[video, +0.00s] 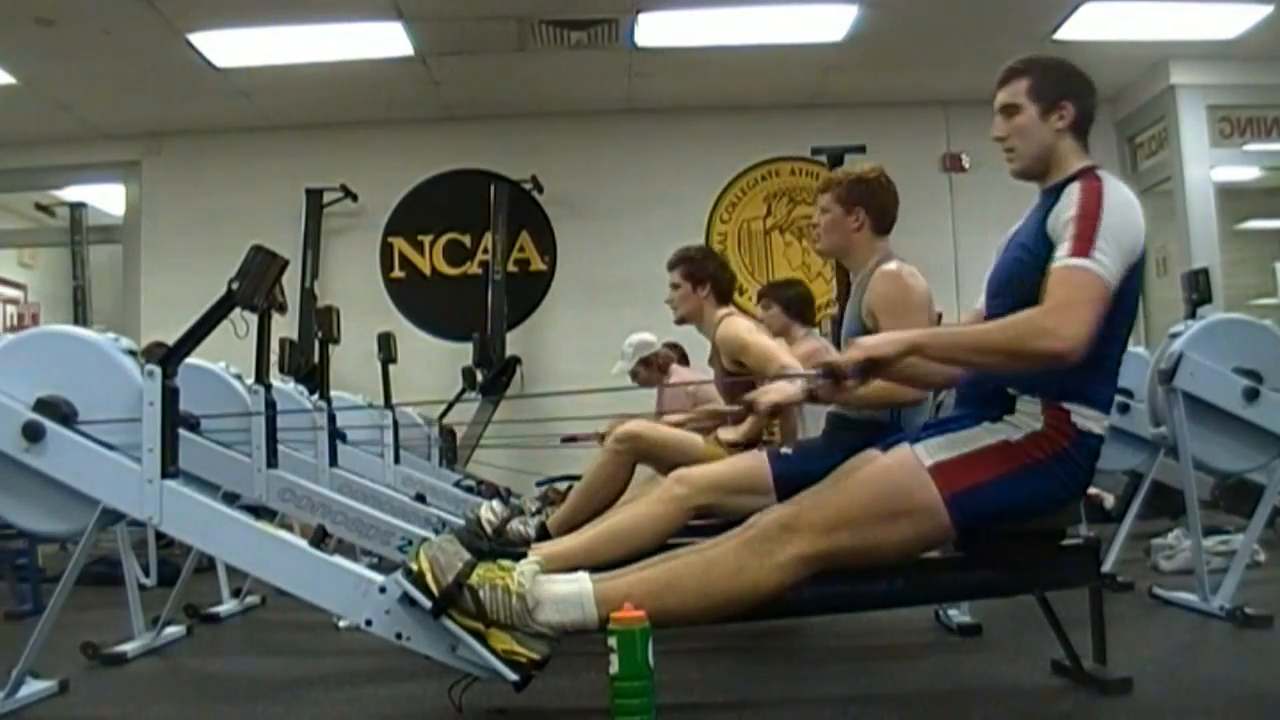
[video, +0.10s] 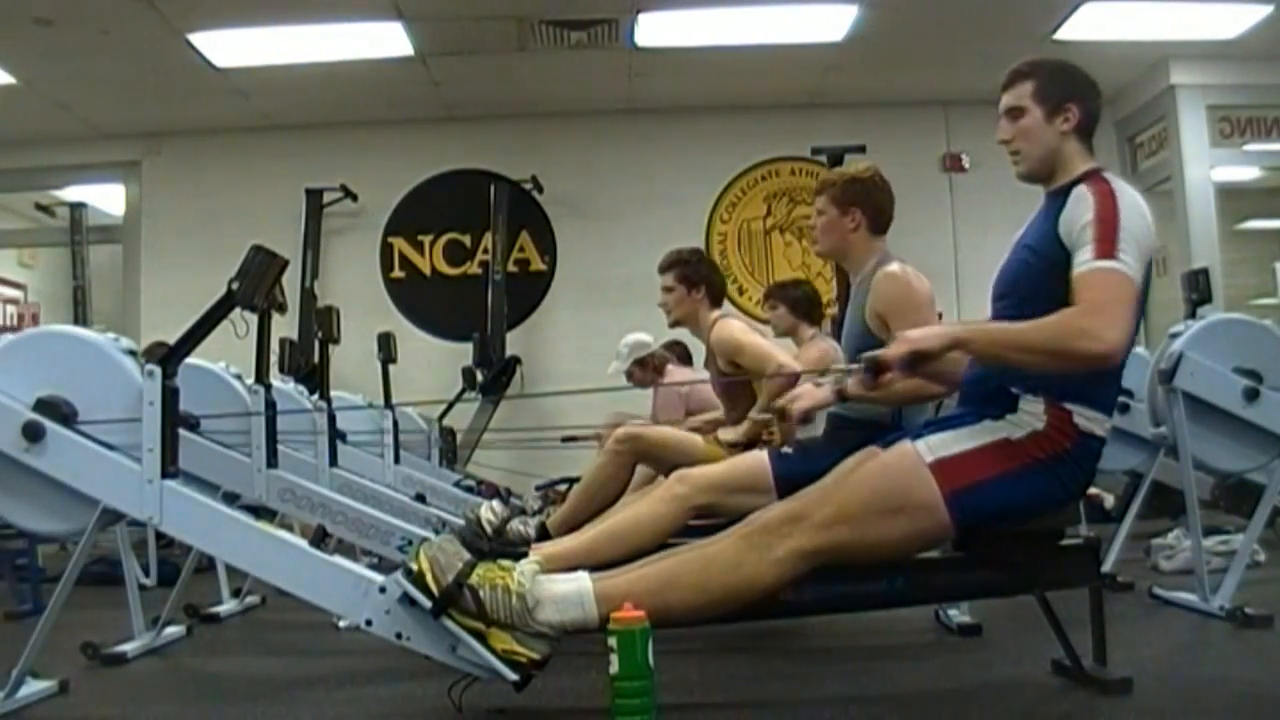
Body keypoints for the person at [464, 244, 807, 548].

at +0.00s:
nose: (670, 300)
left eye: (676, 289)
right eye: (670, 290)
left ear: (703, 290)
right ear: (702, 291)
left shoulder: (733, 331)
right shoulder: (722, 335)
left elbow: (795, 378)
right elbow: (756, 397)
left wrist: (743, 436)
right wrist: (708, 416)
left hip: (754, 461)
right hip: (736, 453)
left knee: (628, 437)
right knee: (623, 432)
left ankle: (549, 531)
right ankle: (555, 522)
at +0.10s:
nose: (662, 303)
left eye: (668, 292)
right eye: (662, 293)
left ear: (697, 293)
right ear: (692, 294)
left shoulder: (727, 334)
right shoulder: (716, 337)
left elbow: (785, 371)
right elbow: (738, 407)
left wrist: (753, 423)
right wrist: (690, 425)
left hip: (746, 453)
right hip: (731, 445)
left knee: (628, 439)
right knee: (622, 433)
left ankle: (550, 530)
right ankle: (557, 521)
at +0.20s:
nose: (654, 306)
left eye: (661, 295)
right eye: (653, 296)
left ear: (690, 296)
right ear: (685, 298)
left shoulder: (720, 337)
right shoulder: (709, 336)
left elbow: (783, 370)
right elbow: (746, 395)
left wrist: (748, 431)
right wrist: (719, 424)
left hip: (744, 452)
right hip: (730, 442)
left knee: (629, 439)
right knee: (621, 431)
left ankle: (549, 531)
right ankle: (555, 524)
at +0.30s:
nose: (647, 310)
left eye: (654, 299)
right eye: (647, 300)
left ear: (684, 300)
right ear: (678, 302)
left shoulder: (715, 339)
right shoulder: (701, 340)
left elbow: (779, 371)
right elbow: (753, 385)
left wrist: (747, 431)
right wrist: (721, 423)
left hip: (745, 450)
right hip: (730, 442)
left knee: (629, 440)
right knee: (621, 433)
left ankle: (549, 532)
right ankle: (554, 523)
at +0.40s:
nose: (642, 314)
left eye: (648, 302)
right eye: (642, 303)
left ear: (677, 302)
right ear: (674, 304)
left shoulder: (712, 340)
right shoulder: (698, 343)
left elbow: (778, 371)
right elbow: (757, 381)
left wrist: (746, 430)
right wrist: (729, 426)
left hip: (741, 448)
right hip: (726, 440)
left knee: (628, 441)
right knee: (617, 432)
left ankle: (549, 532)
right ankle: (555, 522)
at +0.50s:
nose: (642, 314)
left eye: (647, 303)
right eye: (642, 303)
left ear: (669, 304)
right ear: (674, 304)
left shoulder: (709, 340)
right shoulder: (697, 344)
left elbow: (776, 369)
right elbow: (732, 403)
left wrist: (747, 429)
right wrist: (700, 431)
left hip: (748, 449)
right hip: (734, 443)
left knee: (628, 439)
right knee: (626, 439)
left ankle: (549, 532)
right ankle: (554, 524)